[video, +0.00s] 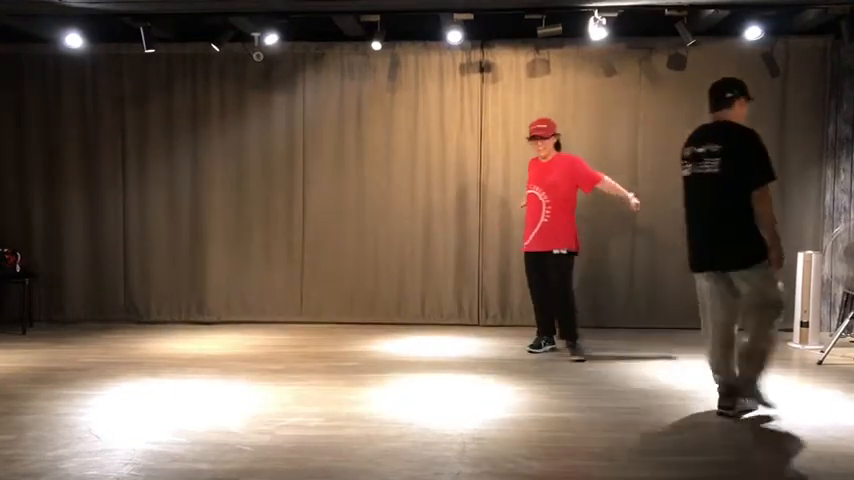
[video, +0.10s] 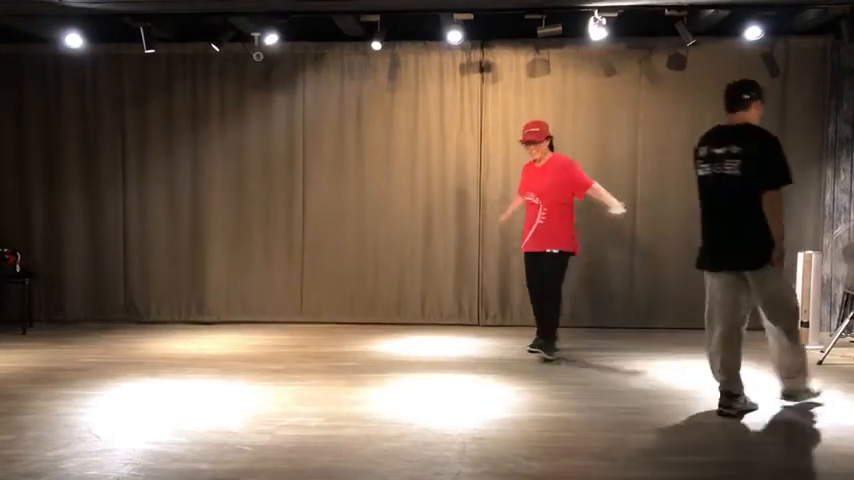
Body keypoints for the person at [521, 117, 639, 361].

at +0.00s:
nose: (539, 144)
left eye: (543, 139)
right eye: (535, 140)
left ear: (555, 139)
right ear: (531, 142)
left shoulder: (570, 163)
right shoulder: (533, 166)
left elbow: (599, 180)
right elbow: (540, 190)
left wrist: (627, 195)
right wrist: (528, 200)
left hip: (560, 242)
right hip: (533, 242)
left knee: (561, 292)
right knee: (539, 293)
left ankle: (571, 341)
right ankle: (545, 337)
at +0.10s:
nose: (531, 149)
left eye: (535, 144)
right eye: (528, 145)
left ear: (547, 142)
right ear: (525, 146)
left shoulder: (564, 166)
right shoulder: (528, 169)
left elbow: (591, 187)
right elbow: (522, 196)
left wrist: (613, 203)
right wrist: (506, 215)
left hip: (558, 242)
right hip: (532, 242)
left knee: (550, 290)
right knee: (536, 290)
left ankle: (549, 341)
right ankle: (542, 335)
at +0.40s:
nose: (531, 150)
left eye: (536, 145)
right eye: (527, 145)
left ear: (547, 143)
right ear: (524, 144)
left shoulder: (552, 164)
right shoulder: (529, 165)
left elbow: (530, 190)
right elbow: (510, 171)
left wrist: (515, 185)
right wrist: (487, 170)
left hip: (545, 238)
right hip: (528, 237)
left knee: (528, 288)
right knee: (537, 288)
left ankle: (518, 338)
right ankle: (546, 336)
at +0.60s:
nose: (530, 143)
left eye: (535, 139)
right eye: (526, 138)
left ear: (545, 141)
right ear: (521, 140)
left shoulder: (547, 163)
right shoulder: (517, 166)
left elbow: (513, 178)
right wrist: (503, 192)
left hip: (540, 240)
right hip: (518, 239)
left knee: (526, 289)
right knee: (529, 289)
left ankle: (519, 340)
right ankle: (545, 335)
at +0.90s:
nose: (514, 140)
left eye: (519, 136)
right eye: (511, 136)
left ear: (529, 140)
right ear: (507, 140)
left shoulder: (542, 161)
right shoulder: (509, 163)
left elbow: (571, 173)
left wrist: (593, 183)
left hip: (529, 241)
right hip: (504, 239)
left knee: (521, 291)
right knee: (495, 285)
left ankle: (519, 342)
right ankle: (526, 326)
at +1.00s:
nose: (515, 142)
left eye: (520, 137)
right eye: (511, 137)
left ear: (528, 139)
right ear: (505, 140)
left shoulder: (541, 160)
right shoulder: (505, 161)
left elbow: (568, 176)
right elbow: (505, 188)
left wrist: (587, 191)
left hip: (528, 238)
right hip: (502, 236)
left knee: (520, 290)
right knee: (492, 284)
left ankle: (519, 343)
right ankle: (506, 333)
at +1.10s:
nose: (517, 146)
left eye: (522, 142)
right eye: (513, 142)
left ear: (530, 142)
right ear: (506, 141)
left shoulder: (542, 167)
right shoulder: (500, 165)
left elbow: (564, 193)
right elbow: (487, 185)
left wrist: (568, 208)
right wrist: (464, 195)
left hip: (529, 245)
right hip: (499, 242)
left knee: (522, 297)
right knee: (490, 293)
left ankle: (519, 343)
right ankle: (483, 340)